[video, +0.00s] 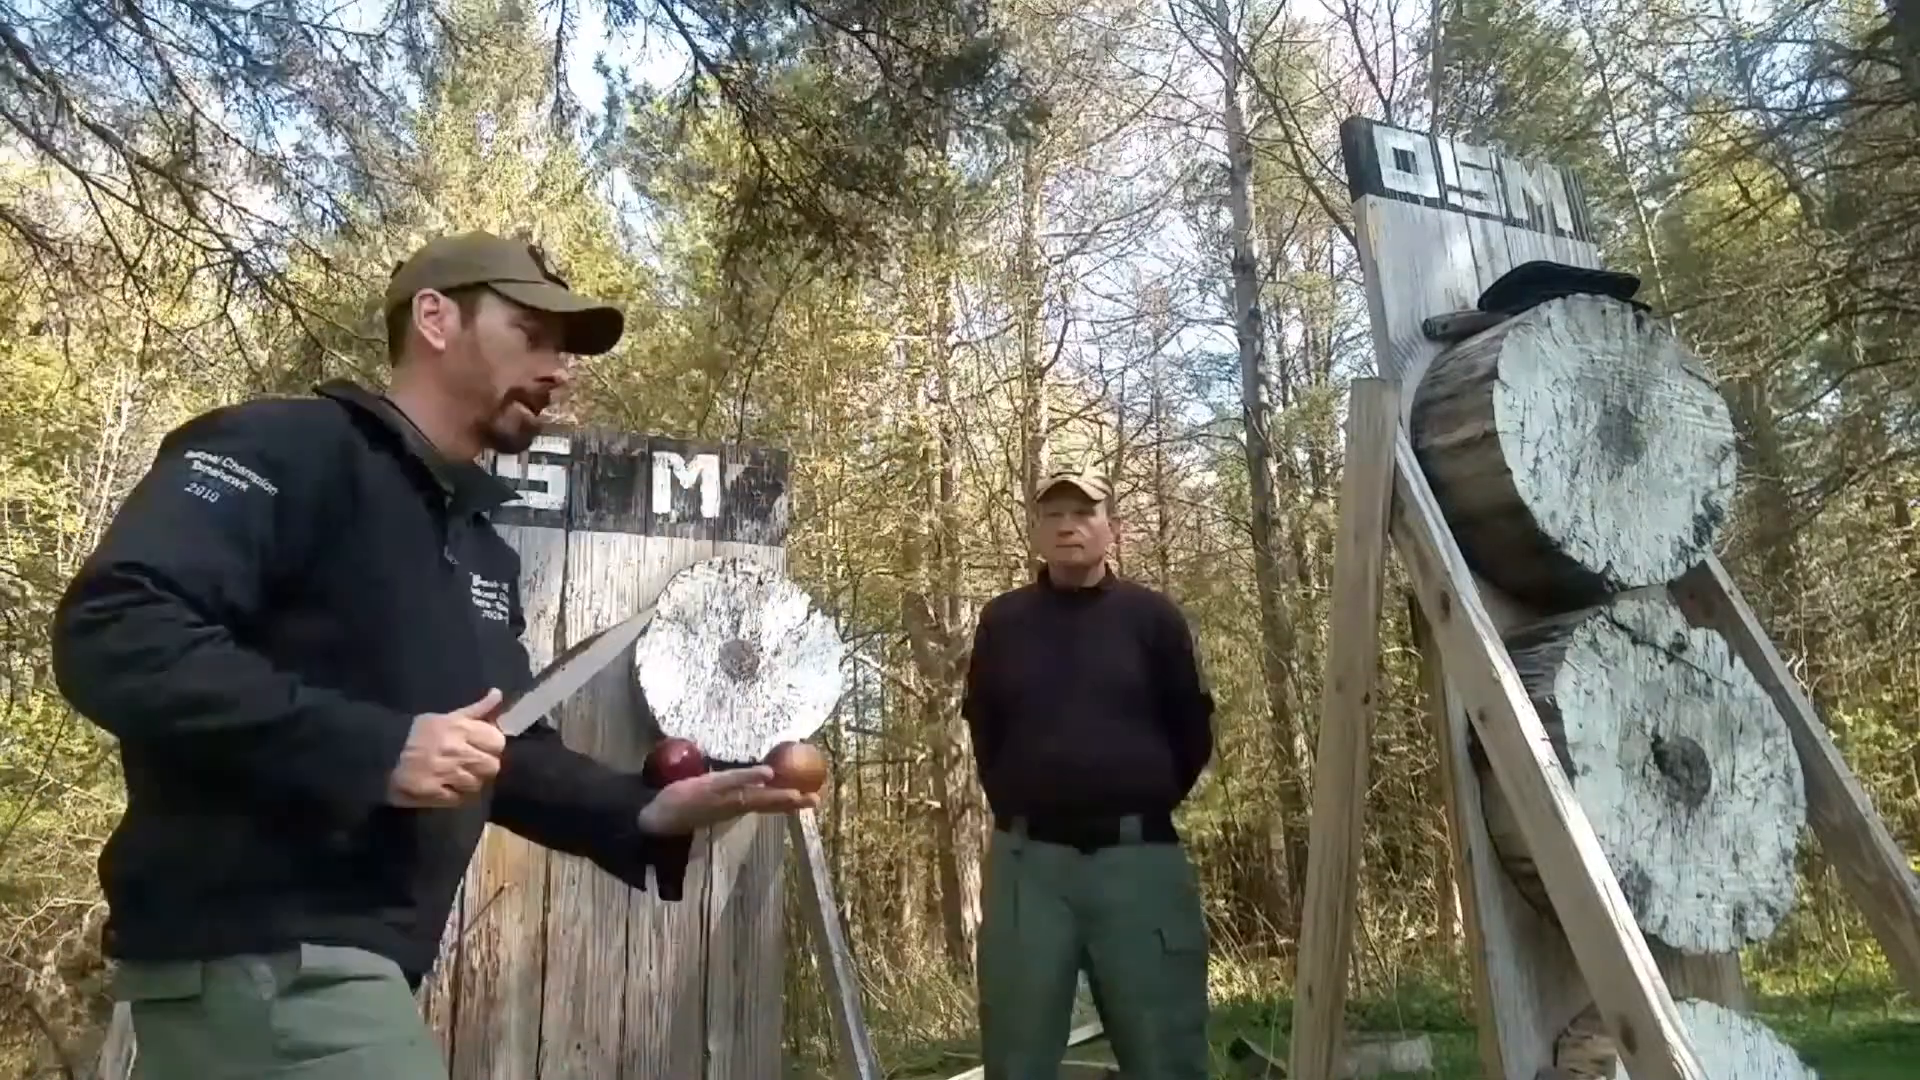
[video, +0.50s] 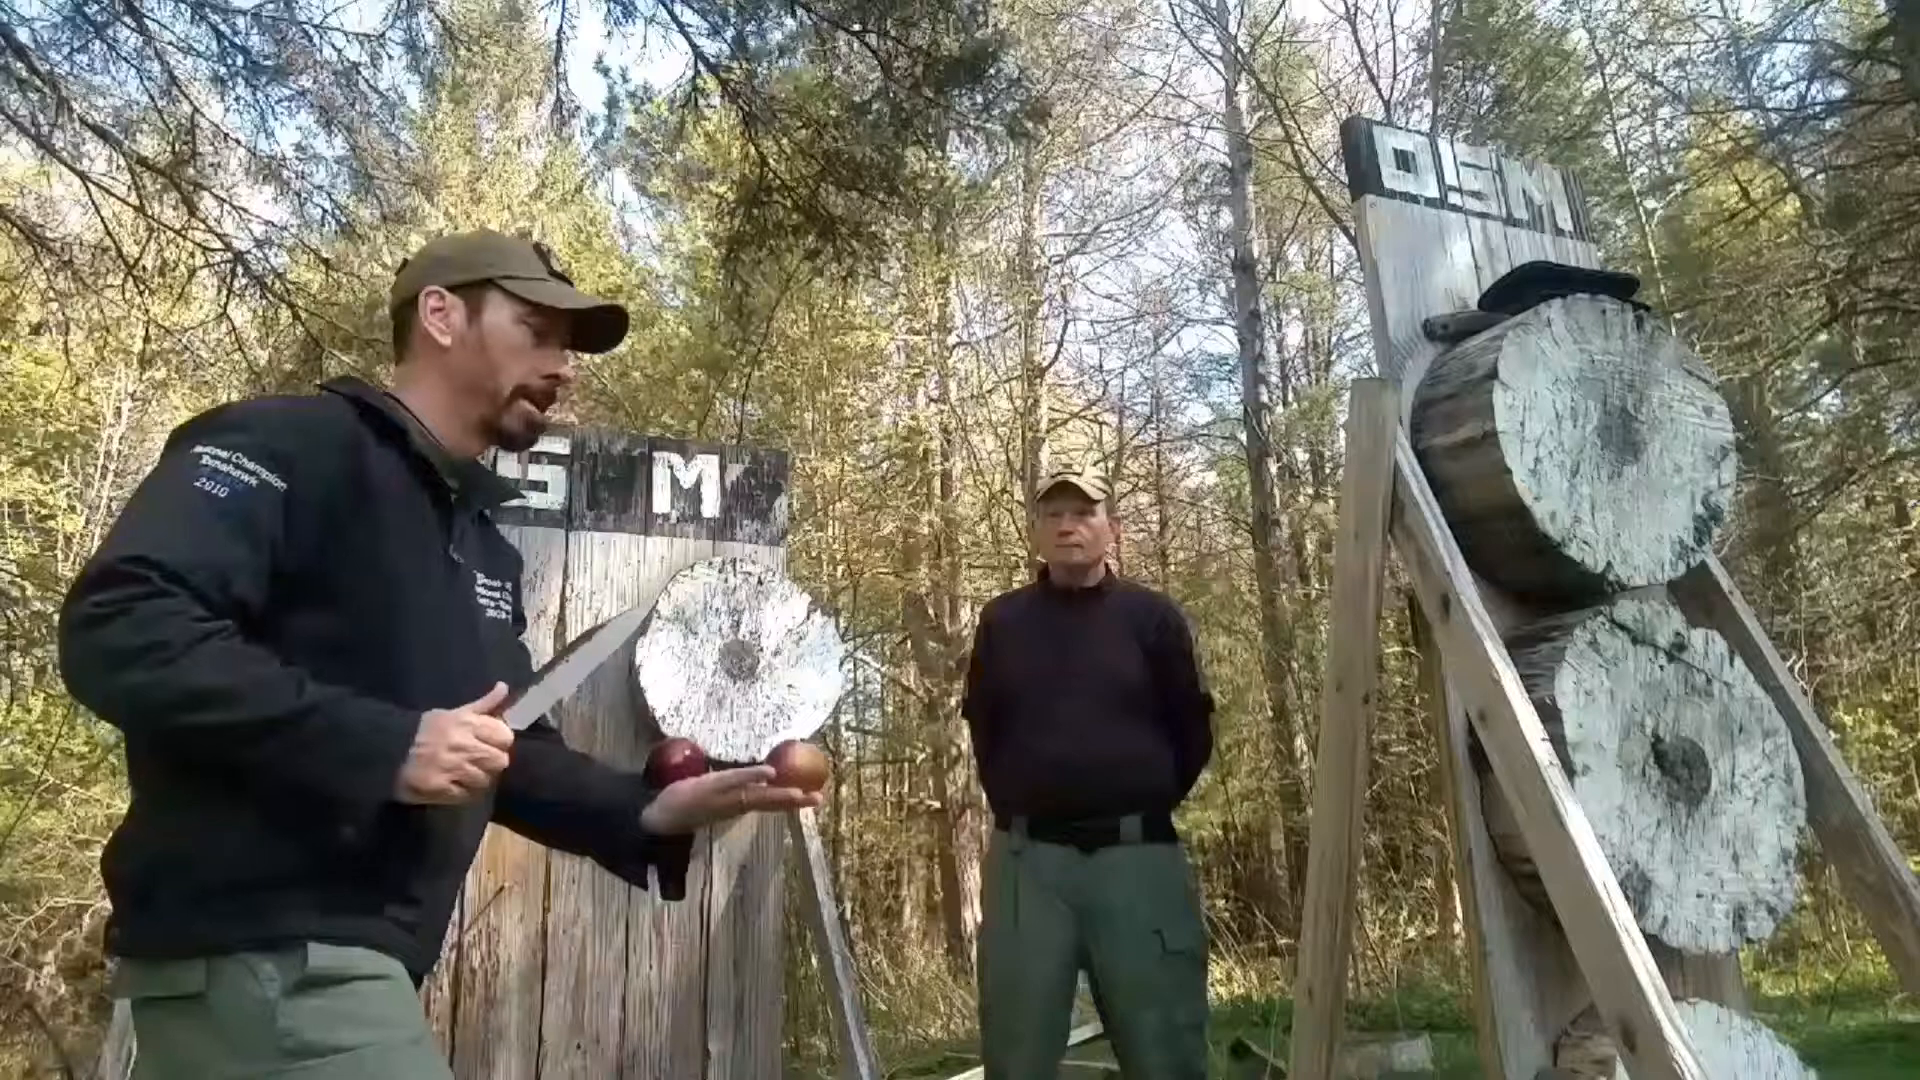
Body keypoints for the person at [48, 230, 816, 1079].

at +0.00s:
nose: (563, 371)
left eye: (570, 349)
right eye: (540, 334)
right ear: (437, 319)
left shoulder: (484, 550)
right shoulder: (281, 448)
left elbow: (487, 751)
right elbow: (113, 634)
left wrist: (654, 809)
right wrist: (375, 747)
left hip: (349, 966)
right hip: (266, 967)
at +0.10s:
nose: (563, 372)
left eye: (569, 349)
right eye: (540, 334)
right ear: (437, 319)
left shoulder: (485, 552)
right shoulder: (277, 449)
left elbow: (488, 752)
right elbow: (113, 634)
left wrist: (653, 808)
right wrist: (376, 747)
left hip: (351, 967)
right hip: (262, 968)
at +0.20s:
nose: (563, 372)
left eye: (569, 349)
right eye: (540, 334)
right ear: (437, 319)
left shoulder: (485, 552)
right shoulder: (277, 449)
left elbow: (488, 752)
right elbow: (113, 634)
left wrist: (653, 808)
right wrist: (376, 747)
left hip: (351, 967)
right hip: (262, 968)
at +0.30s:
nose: (563, 372)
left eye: (569, 349)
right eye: (540, 334)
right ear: (437, 319)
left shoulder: (485, 552)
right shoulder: (277, 449)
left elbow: (488, 752)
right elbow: (113, 634)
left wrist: (653, 808)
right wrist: (376, 747)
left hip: (351, 967)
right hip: (262, 968)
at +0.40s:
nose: (563, 372)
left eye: (569, 349)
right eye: (540, 334)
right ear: (437, 319)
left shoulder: (485, 552)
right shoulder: (277, 449)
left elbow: (488, 752)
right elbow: (113, 634)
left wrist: (653, 808)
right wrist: (376, 747)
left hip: (351, 967)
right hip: (262, 968)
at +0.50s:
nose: (565, 369)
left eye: (572, 346)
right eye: (543, 331)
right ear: (443, 316)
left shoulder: (487, 553)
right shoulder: (285, 445)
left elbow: (487, 749)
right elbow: (118, 628)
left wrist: (652, 808)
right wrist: (385, 743)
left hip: (348, 967)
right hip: (264, 968)